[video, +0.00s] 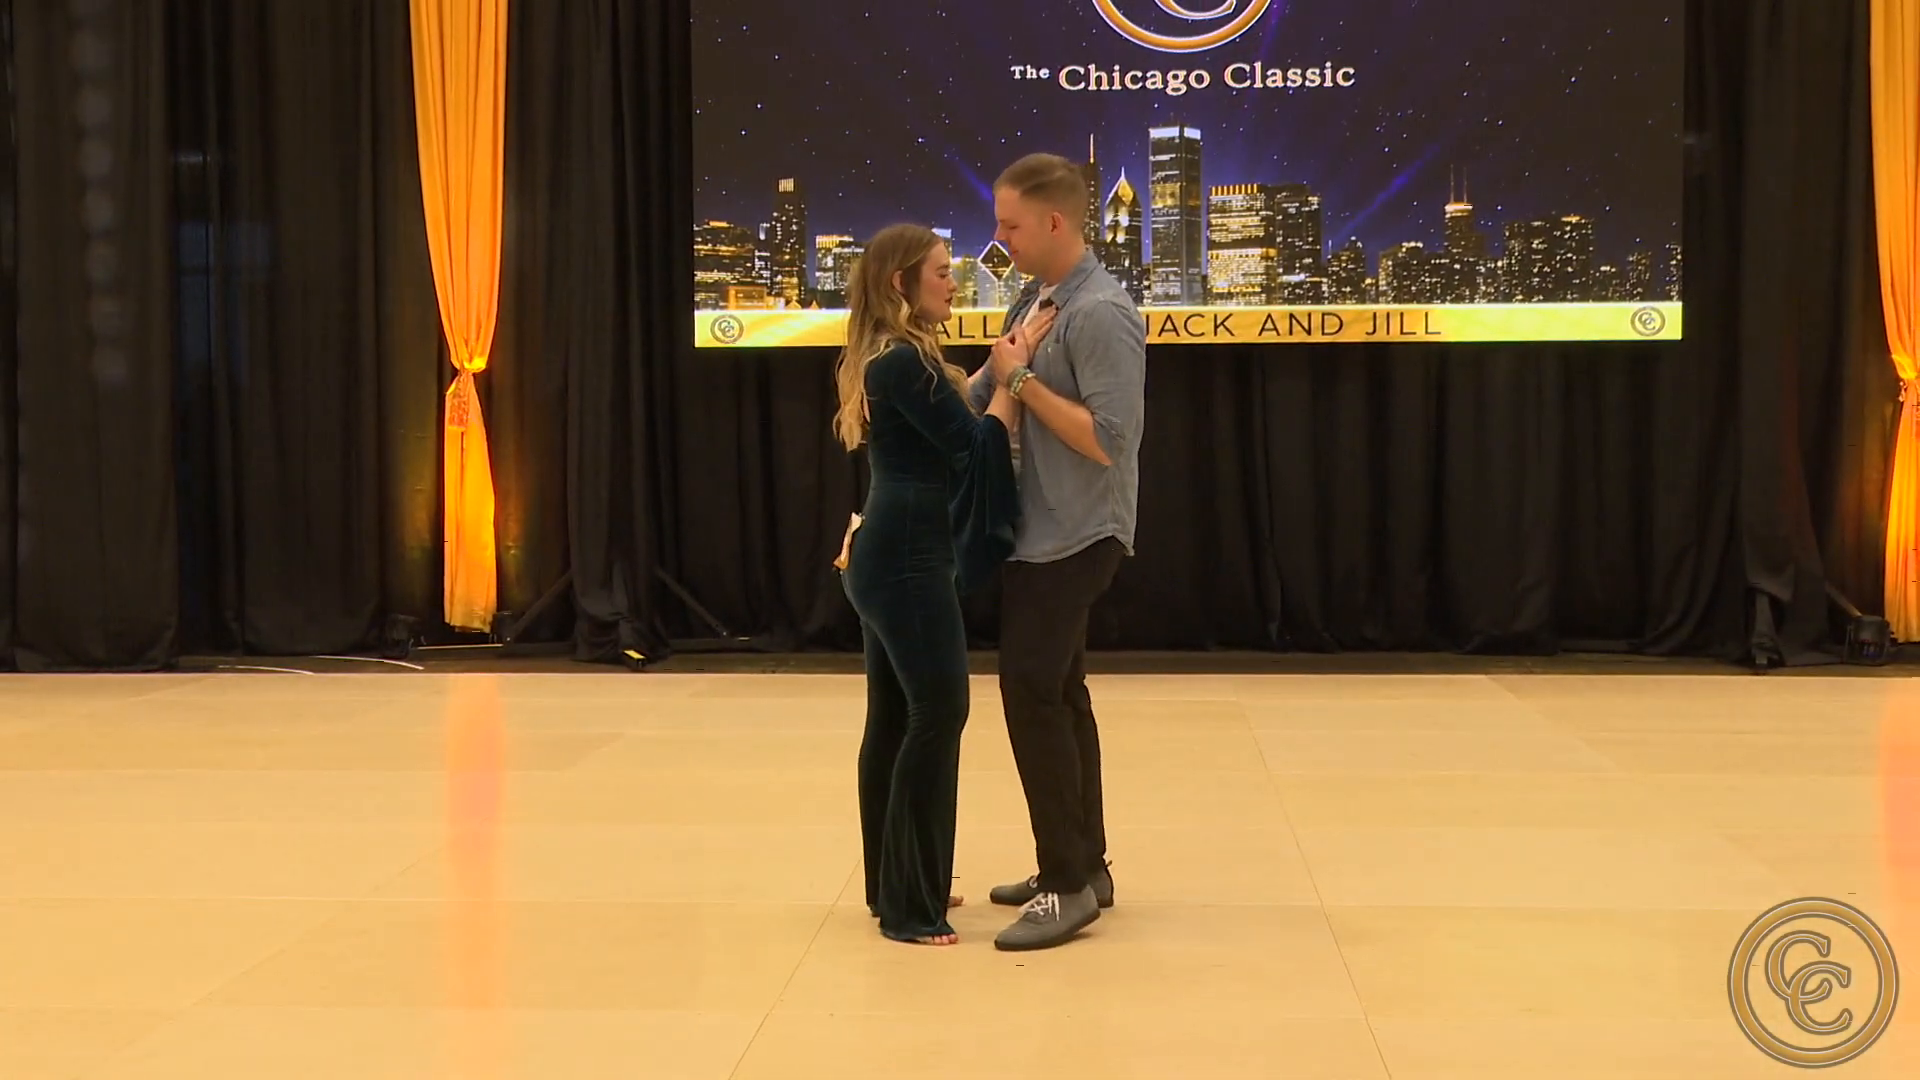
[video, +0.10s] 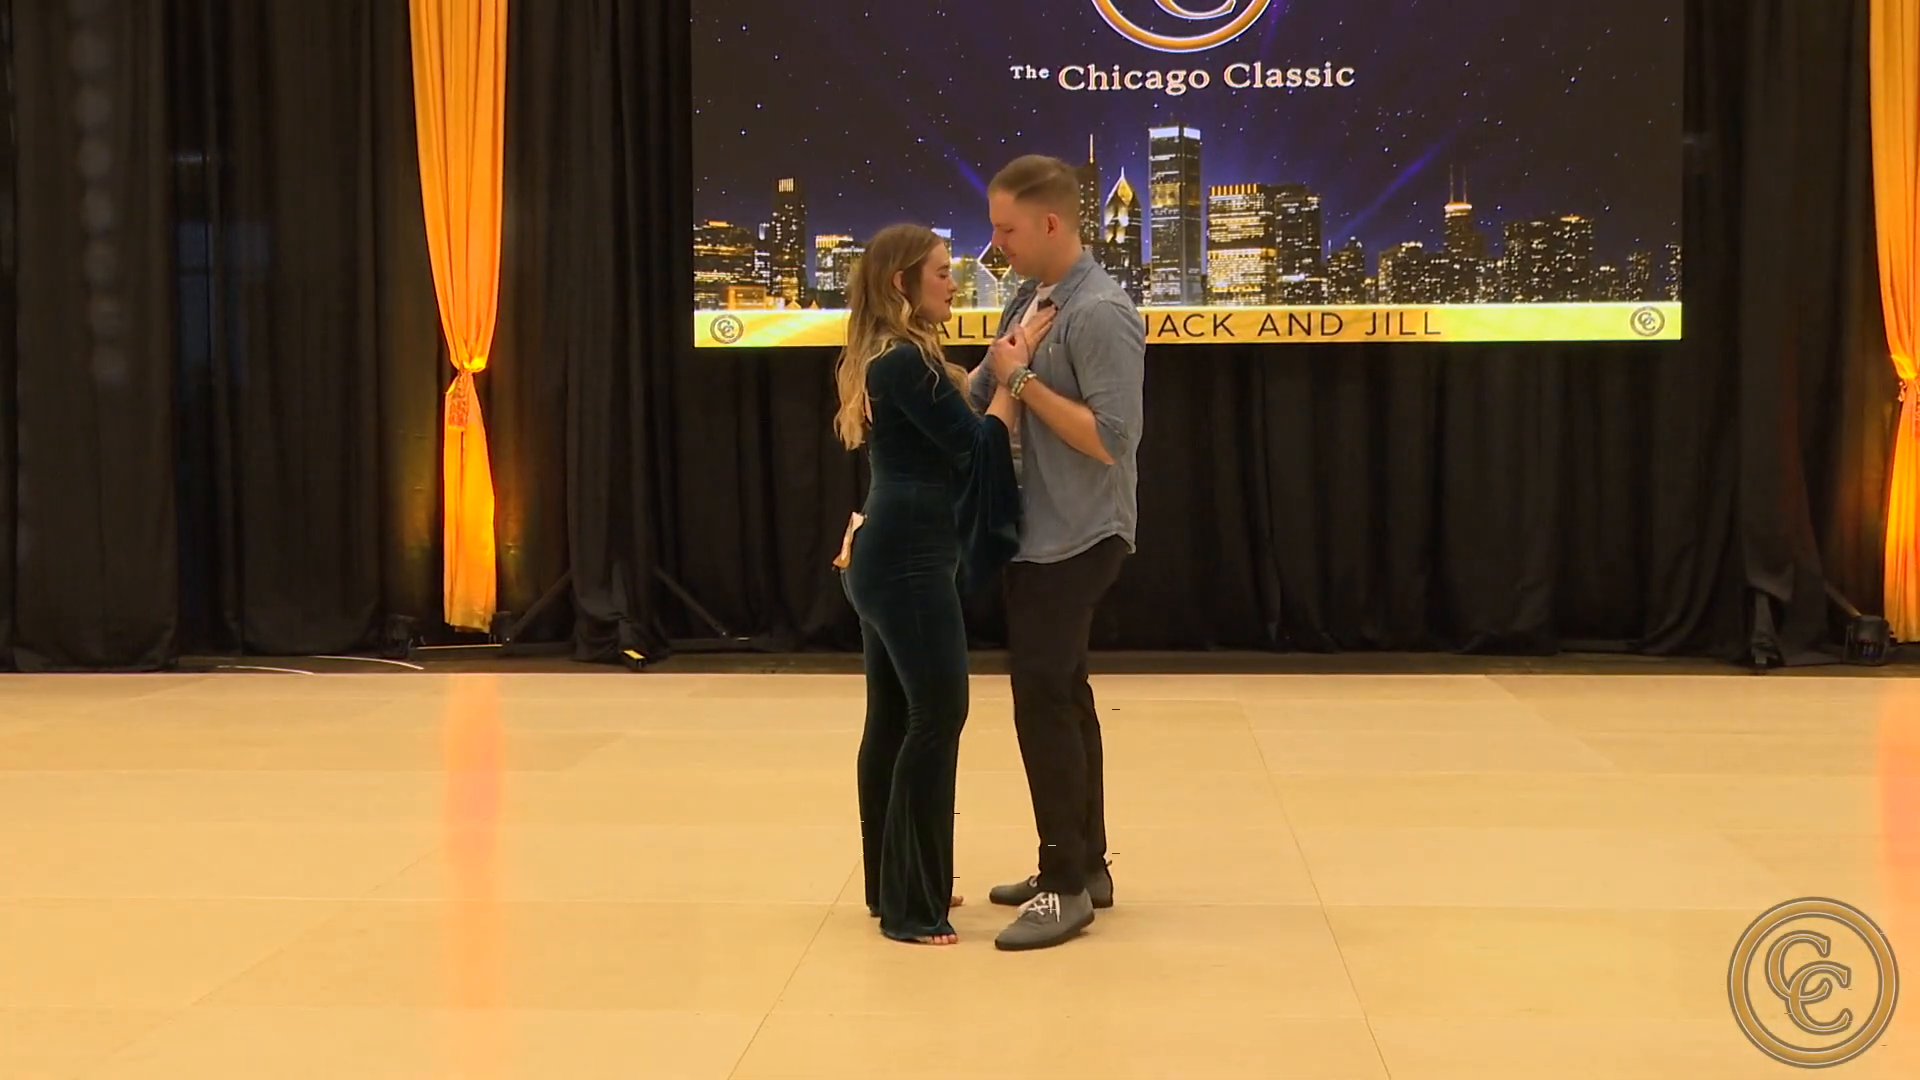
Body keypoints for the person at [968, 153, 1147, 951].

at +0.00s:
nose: (1003, 242)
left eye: (1011, 227)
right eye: (1001, 228)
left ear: (1058, 223)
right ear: (1047, 225)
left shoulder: (1102, 312)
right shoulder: (1038, 306)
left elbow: (1108, 444)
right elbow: (1001, 409)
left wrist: (1021, 379)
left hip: (1078, 535)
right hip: (1042, 530)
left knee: (1032, 692)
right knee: (1059, 695)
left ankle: (1073, 883)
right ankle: (1077, 866)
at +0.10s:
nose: (999, 246)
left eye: (1006, 231)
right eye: (996, 232)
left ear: (1053, 223)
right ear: (1046, 227)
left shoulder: (1101, 313)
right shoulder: (1036, 308)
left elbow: (1109, 443)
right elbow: (993, 406)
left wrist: (1022, 379)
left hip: (1080, 536)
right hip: (1044, 532)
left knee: (1043, 701)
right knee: (1062, 698)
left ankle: (1070, 887)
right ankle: (1079, 865)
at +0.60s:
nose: (993, 259)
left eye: (996, 243)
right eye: (988, 245)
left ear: (1041, 227)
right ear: (1038, 229)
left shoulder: (1100, 311)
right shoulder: (1041, 306)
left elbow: (1113, 445)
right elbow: (994, 403)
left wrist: (1022, 382)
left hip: (1085, 535)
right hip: (1050, 530)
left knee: (1060, 702)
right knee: (1055, 700)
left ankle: (1085, 895)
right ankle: (1071, 867)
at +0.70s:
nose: (993, 257)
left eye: (995, 241)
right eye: (988, 244)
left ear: (1037, 225)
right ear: (1037, 226)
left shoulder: (1100, 308)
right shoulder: (1052, 308)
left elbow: (1108, 444)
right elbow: (1035, 424)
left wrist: (1022, 382)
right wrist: (1014, 389)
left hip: (1085, 535)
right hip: (1050, 531)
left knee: (1061, 699)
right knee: (1052, 698)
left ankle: (1091, 898)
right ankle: (1073, 869)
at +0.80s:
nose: (996, 259)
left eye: (997, 242)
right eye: (991, 245)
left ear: (1035, 227)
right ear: (1039, 227)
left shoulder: (1100, 307)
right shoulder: (1059, 310)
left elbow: (1105, 437)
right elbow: (1039, 431)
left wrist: (1022, 380)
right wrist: (1015, 392)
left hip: (1085, 542)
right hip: (1053, 540)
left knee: (1065, 712)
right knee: (1049, 707)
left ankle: (1097, 913)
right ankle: (1073, 871)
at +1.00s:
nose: (999, 255)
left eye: (1000, 238)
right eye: (994, 241)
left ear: (1036, 221)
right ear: (1043, 219)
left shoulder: (1099, 297)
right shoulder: (1073, 300)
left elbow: (1105, 420)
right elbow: (1051, 422)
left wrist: (1026, 371)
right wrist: (1025, 375)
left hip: (1093, 540)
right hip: (1065, 538)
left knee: (1085, 727)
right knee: (1064, 720)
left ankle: (1099, 920)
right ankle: (1065, 878)